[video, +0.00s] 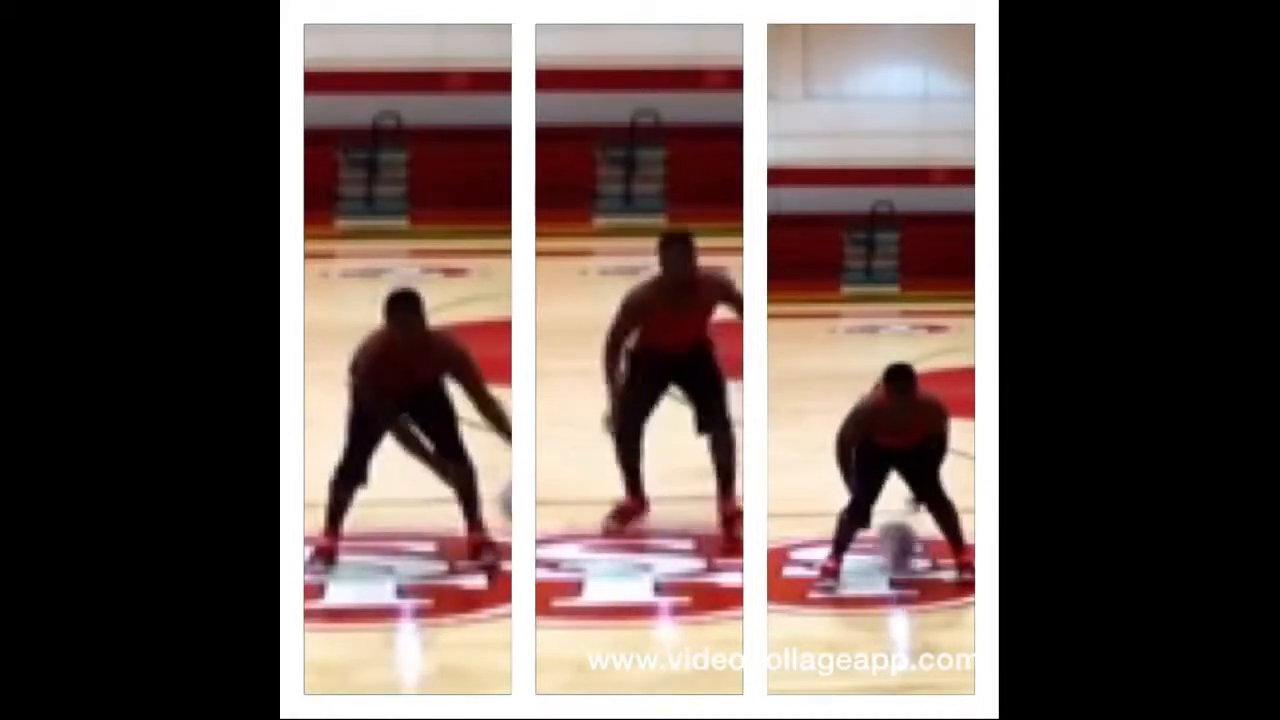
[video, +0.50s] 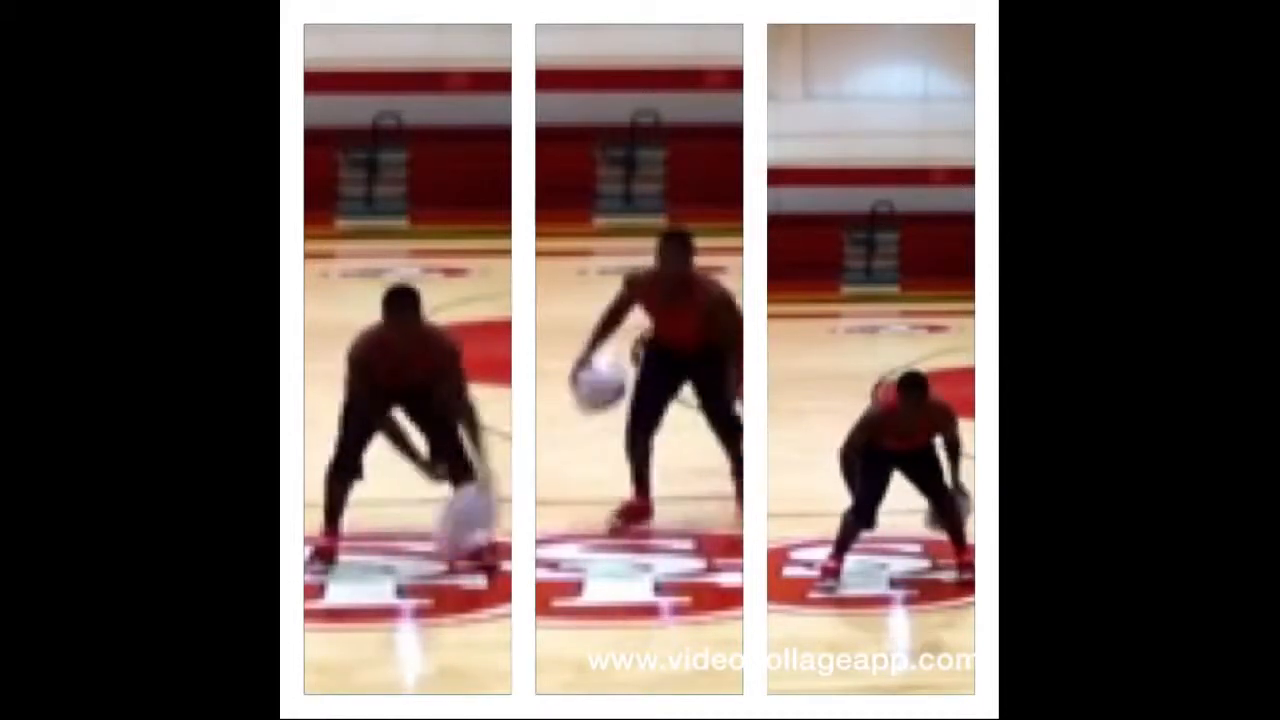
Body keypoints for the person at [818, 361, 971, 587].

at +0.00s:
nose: (899, 403)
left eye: (905, 396)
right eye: (894, 396)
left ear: (914, 391)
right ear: (885, 391)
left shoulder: (931, 409)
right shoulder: (869, 408)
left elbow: (938, 447)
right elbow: (844, 442)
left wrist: (925, 485)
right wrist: (852, 483)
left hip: (913, 451)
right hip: (873, 451)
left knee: (938, 501)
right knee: (860, 504)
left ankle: (961, 557)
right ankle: (834, 560)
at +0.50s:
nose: (912, 410)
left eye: (917, 404)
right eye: (907, 404)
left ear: (926, 398)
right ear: (898, 398)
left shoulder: (939, 413)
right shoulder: (878, 414)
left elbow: (952, 444)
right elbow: (847, 452)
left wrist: (955, 481)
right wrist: (857, 494)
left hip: (917, 452)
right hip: (877, 453)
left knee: (946, 502)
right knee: (862, 510)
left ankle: (963, 558)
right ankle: (834, 562)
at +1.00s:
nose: (912, 405)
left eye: (917, 397)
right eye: (906, 397)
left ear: (925, 392)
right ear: (897, 392)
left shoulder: (939, 409)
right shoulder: (878, 410)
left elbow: (953, 442)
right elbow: (845, 453)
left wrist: (958, 484)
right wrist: (859, 497)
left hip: (918, 454)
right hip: (879, 454)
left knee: (947, 504)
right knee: (866, 511)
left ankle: (963, 559)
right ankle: (834, 562)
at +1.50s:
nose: (900, 407)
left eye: (906, 400)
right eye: (896, 400)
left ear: (915, 395)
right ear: (887, 394)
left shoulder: (933, 413)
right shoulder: (871, 414)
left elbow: (945, 448)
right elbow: (843, 453)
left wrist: (934, 482)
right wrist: (861, 490)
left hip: (916, 455)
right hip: (876, 456)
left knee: (937, 503)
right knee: (860, 505)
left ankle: (962, 556)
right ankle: (833, 559)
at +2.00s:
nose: (897, 408)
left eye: (903, 402)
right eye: (892, 401)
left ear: (914, 395)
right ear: (883, 394)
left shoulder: (932, 412)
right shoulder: (869, 411)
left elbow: (949, 446)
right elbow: (845, 445)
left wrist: (936, 480)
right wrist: (857, 477)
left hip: (920, 456)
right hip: (880, 456)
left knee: (943, 507)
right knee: (859, 508)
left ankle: (963, 558)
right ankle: (834, 559)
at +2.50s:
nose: (891, 415)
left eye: (896, 409)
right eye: (886, 409)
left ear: (906, 402)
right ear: (876, 402)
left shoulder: (927, 414)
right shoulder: (865, 414)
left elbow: (949, 443)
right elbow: (841, 439)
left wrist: (933, 483)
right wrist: (851, 478)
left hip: (917, 456)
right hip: (875, 456)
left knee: (941, 504)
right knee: (854, 506)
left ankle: (963, 558)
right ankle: (833, 560)